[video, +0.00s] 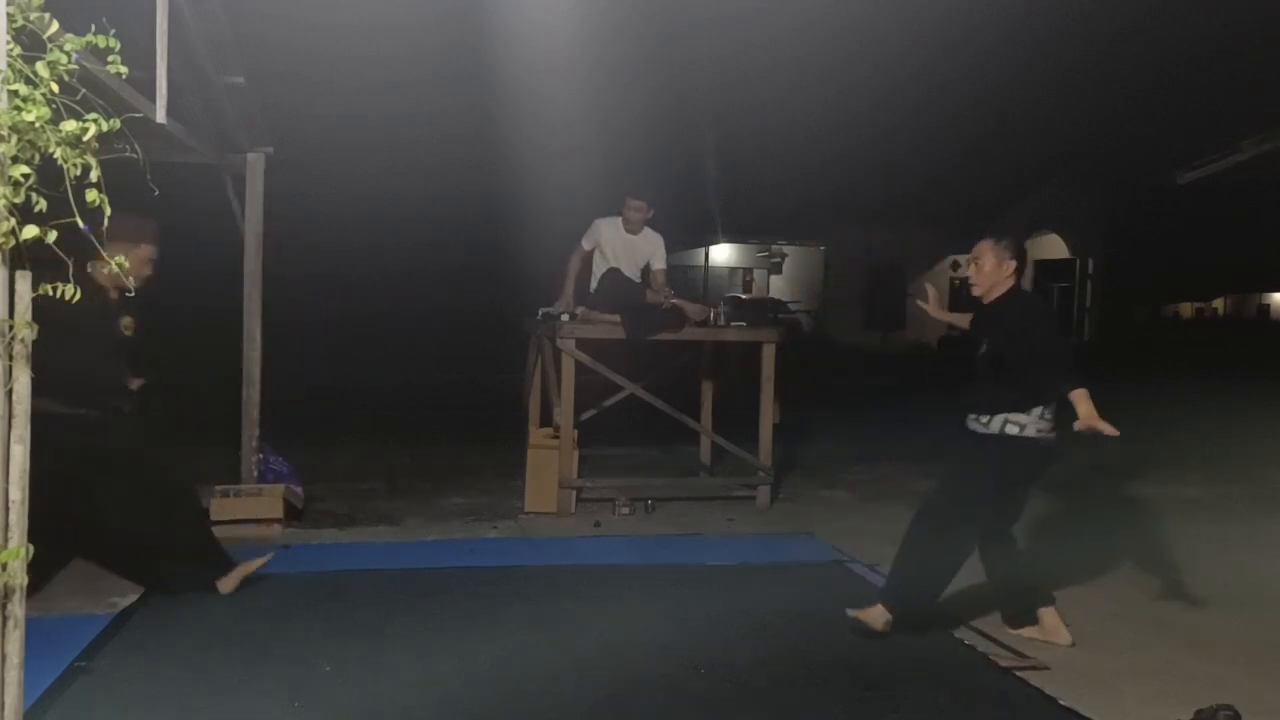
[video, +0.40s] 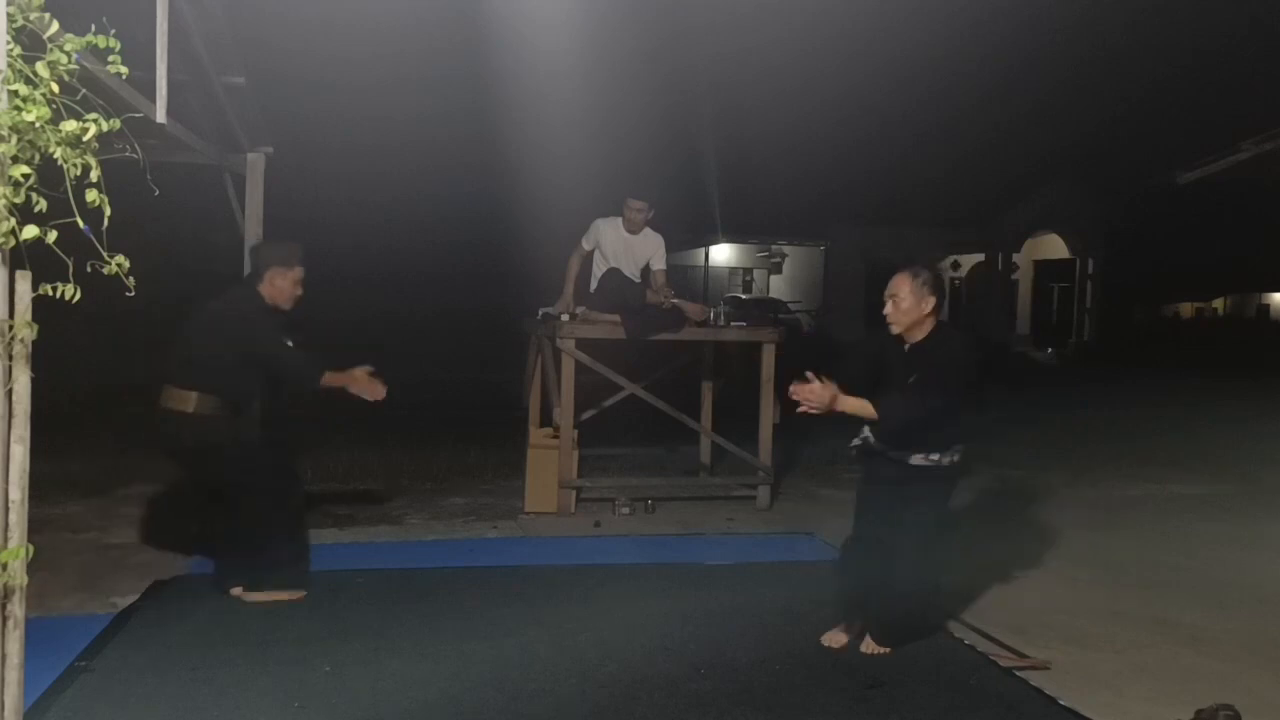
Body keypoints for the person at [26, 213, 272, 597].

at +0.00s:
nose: (150, 273)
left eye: (152, 264)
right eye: (147, 262)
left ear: (125, 256)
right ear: (121, 254)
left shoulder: (119, 306)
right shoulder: (70, 303)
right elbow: (62, 374)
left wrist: (134, 383)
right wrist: (121, 384)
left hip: (105, 428)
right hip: (66, 429)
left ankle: (219, 570)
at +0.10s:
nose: (211, 281)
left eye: (212, 271)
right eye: (205, 270)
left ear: (180, 267)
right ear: (175, 264)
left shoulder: (166, 311)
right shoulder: (151, 313)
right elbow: (145, 387)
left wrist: (185, 395)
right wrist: (183, 401)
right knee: (210, 490)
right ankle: (234, 577)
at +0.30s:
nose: (277, 289)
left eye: (278, 281)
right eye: (273, 280)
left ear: (251, 276)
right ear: (248, 274)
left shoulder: (238, 314)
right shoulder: (216, 307)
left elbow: (262, 366)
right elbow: (275, 344)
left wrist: (315, 385)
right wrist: (346, 342)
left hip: (207, 416)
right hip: (176, 417)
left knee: (245, 488)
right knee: (212, 493)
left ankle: (243, 576)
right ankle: (180, 580)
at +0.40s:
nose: (300, 292)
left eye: (301, 284)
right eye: (296, 283)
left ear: (269, 280)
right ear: (270, 278)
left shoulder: (237, 308)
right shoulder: (250, 316)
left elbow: (285, 364)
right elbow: (289, 366)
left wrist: (340, 373)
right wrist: (345, 380)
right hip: (208, 428)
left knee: (242, 492)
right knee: (275, 485)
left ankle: (240, 576)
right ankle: (268, 581)